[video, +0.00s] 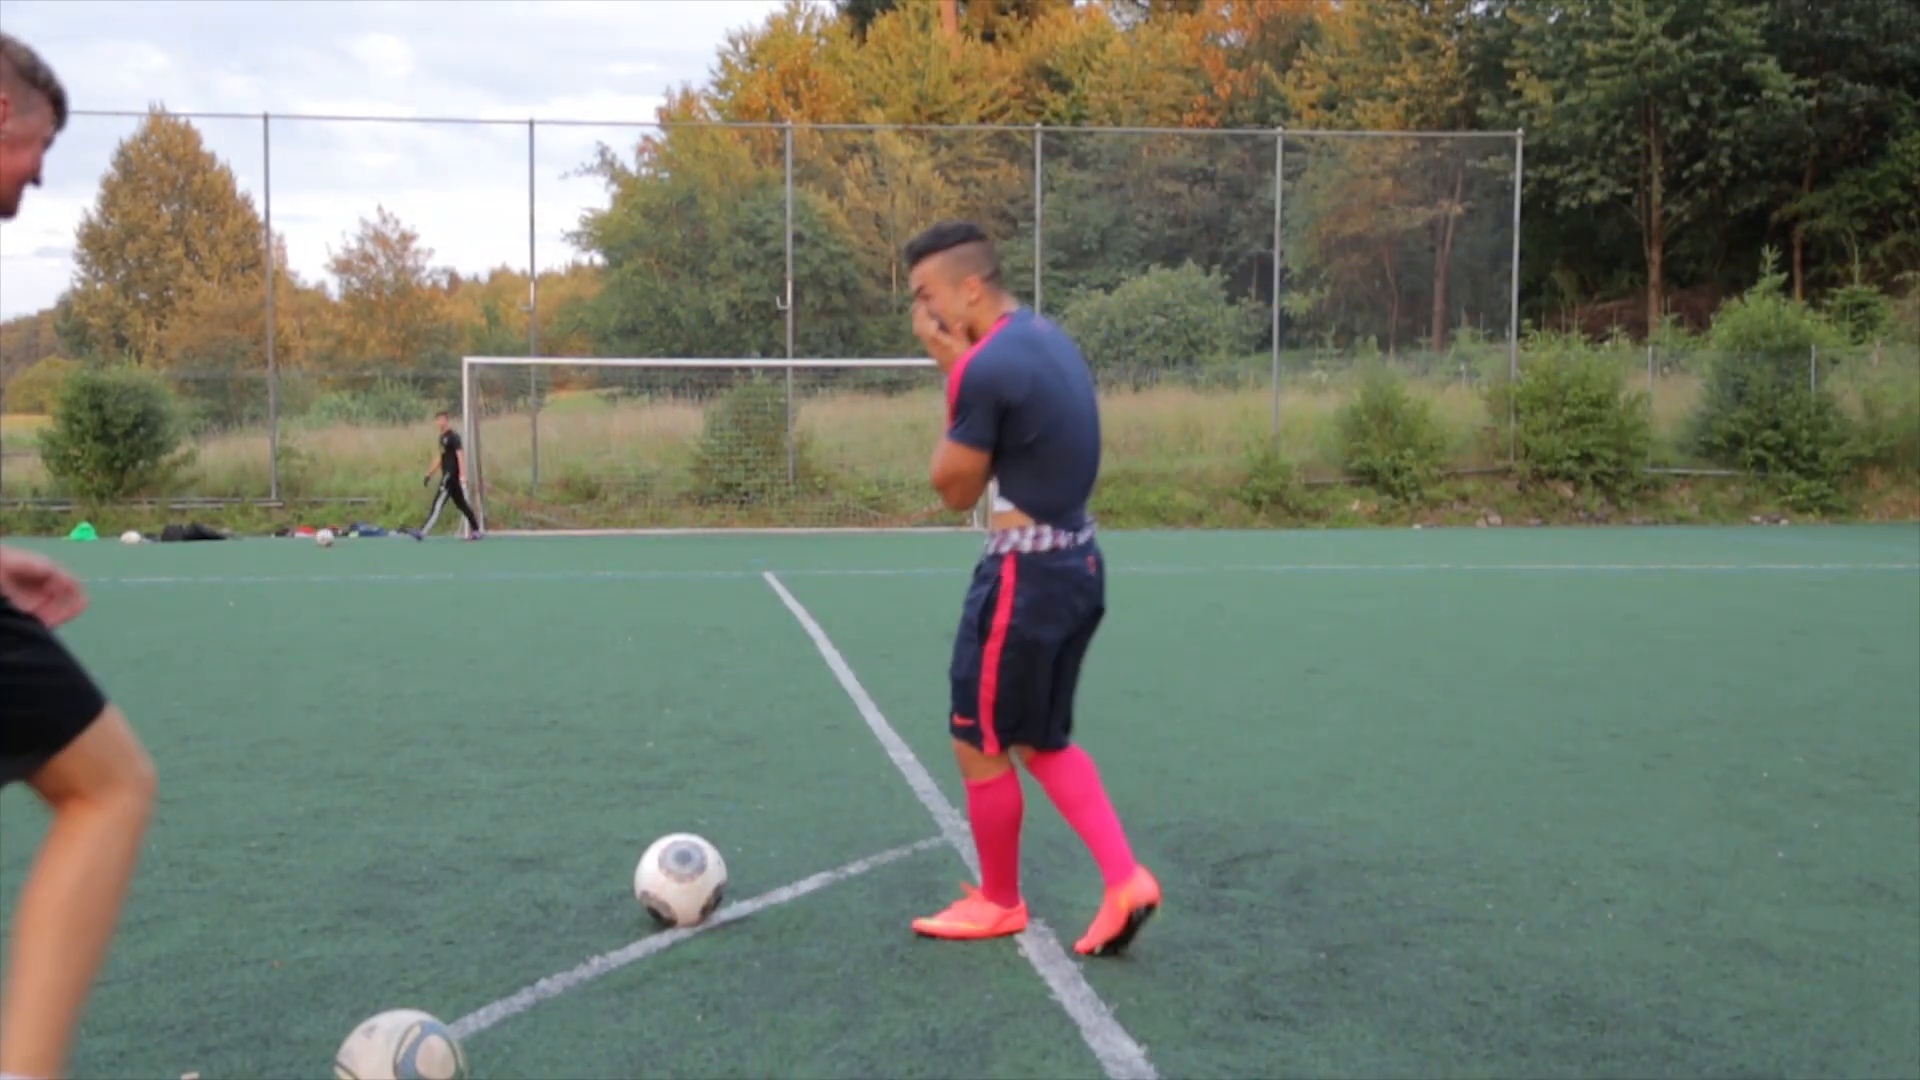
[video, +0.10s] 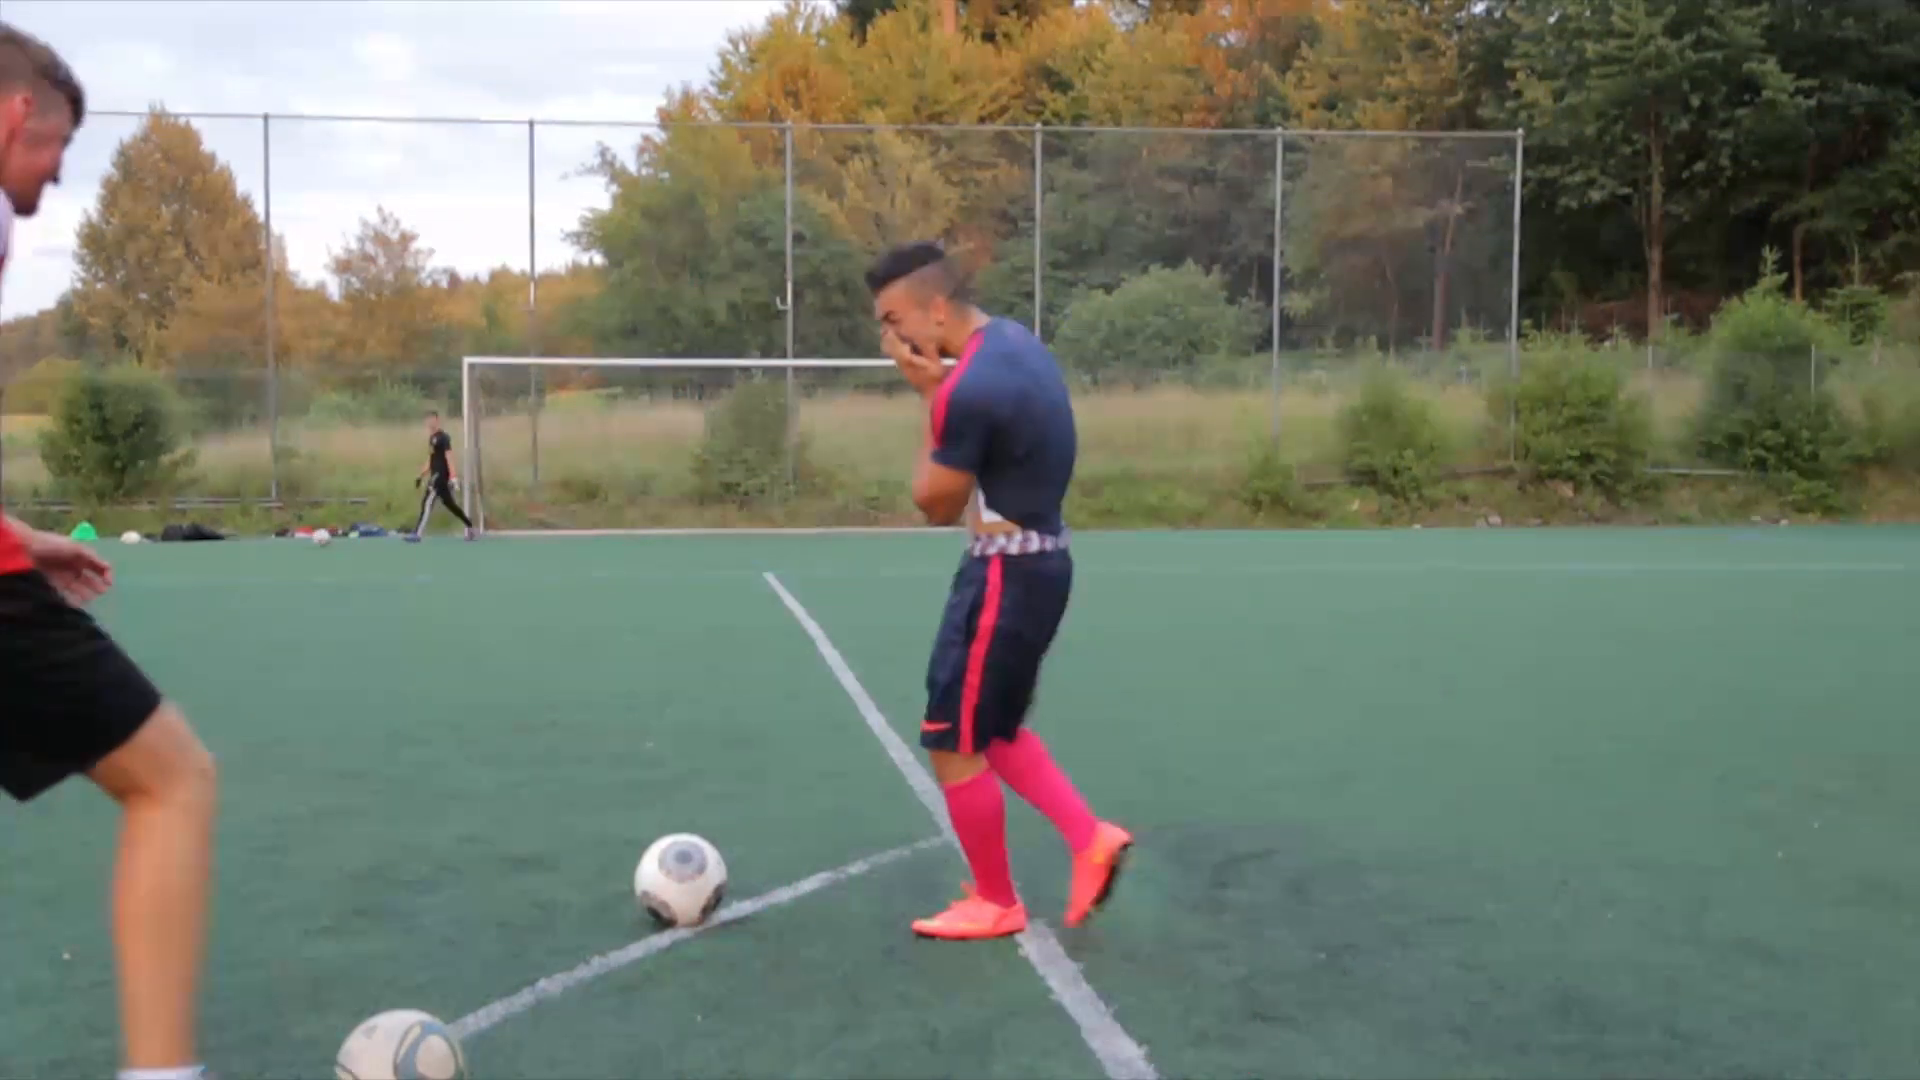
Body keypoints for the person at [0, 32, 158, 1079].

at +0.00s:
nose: (21, 196)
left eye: (28, 178)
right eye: (19, 174)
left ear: (29, 152)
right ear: (0, 136)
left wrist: (0, 559)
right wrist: (9, 563)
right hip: (8, 601)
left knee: (100, 783)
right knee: (110, 786)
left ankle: (30, 1058)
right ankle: (27, 1063)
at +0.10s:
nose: (53, 179)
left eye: (60, 151)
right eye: (55, 147)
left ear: (11, 120)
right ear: (14, 115)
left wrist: (22, 541)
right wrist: (25, 549)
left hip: (12, 571)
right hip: (7, 574)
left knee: (162, 778)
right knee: (173, 779)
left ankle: (162, 1064)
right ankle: (162, 1069)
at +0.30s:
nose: (133, 182)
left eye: (139, 158)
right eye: (134, 155)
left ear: (49, 124)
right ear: (95, 125)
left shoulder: (7, 208)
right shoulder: (52, 224)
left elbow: (13, 418)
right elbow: (18, 415)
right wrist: (41, 627)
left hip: (8, 606)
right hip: (63, 603)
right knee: (226, 816)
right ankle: (313, 1069)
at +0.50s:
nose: (255, 193)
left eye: (261, 170)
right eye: (257, 166)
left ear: (162, 134)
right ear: (225, 138)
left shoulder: (58, 234)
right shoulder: (188, 238)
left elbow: (17, 428)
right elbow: (157, 435)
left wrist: (50, 581)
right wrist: (196, 628)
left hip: (53, 611)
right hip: (159, 606)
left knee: (63, 853)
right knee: (248, 851)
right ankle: (297, 1072)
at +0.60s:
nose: (312, 202)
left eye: (320, 184)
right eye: (319, 179)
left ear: (223, 139)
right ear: (294, 148)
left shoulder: (111, 236)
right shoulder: (265, 244)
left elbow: (40, 417)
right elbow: (236, 430)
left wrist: (7, 565)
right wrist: (272, 617)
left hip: (103, 595)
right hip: (208, 595)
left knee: (172, 822)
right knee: (283, 830)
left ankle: (15, 1042)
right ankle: (300, 1071)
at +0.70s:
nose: (355, 210)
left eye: (360, 194)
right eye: (359, 191)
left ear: (267, 148)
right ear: (339, 159)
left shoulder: (148, 233)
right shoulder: (321, 249)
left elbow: (77, 402)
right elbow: (308, 425)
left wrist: (52, 561)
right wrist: (342, 610)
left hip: (147, 579)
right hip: (259, 584)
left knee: (231, 776)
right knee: (302, 819)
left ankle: (124, 1012)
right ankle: (299, 1070)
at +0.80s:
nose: (379, 199)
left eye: (382, 186)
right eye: (384, 186)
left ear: (290, 152)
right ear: (364, 162)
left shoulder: (175, 235)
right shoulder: (365, 250)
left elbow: (111, 405)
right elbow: (367, 420)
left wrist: (124, 554)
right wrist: (402, 597)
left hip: (183, 573)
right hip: (296, 575)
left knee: (268, 750)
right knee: (315, 826)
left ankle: (233, 998)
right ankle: (299, 1068)